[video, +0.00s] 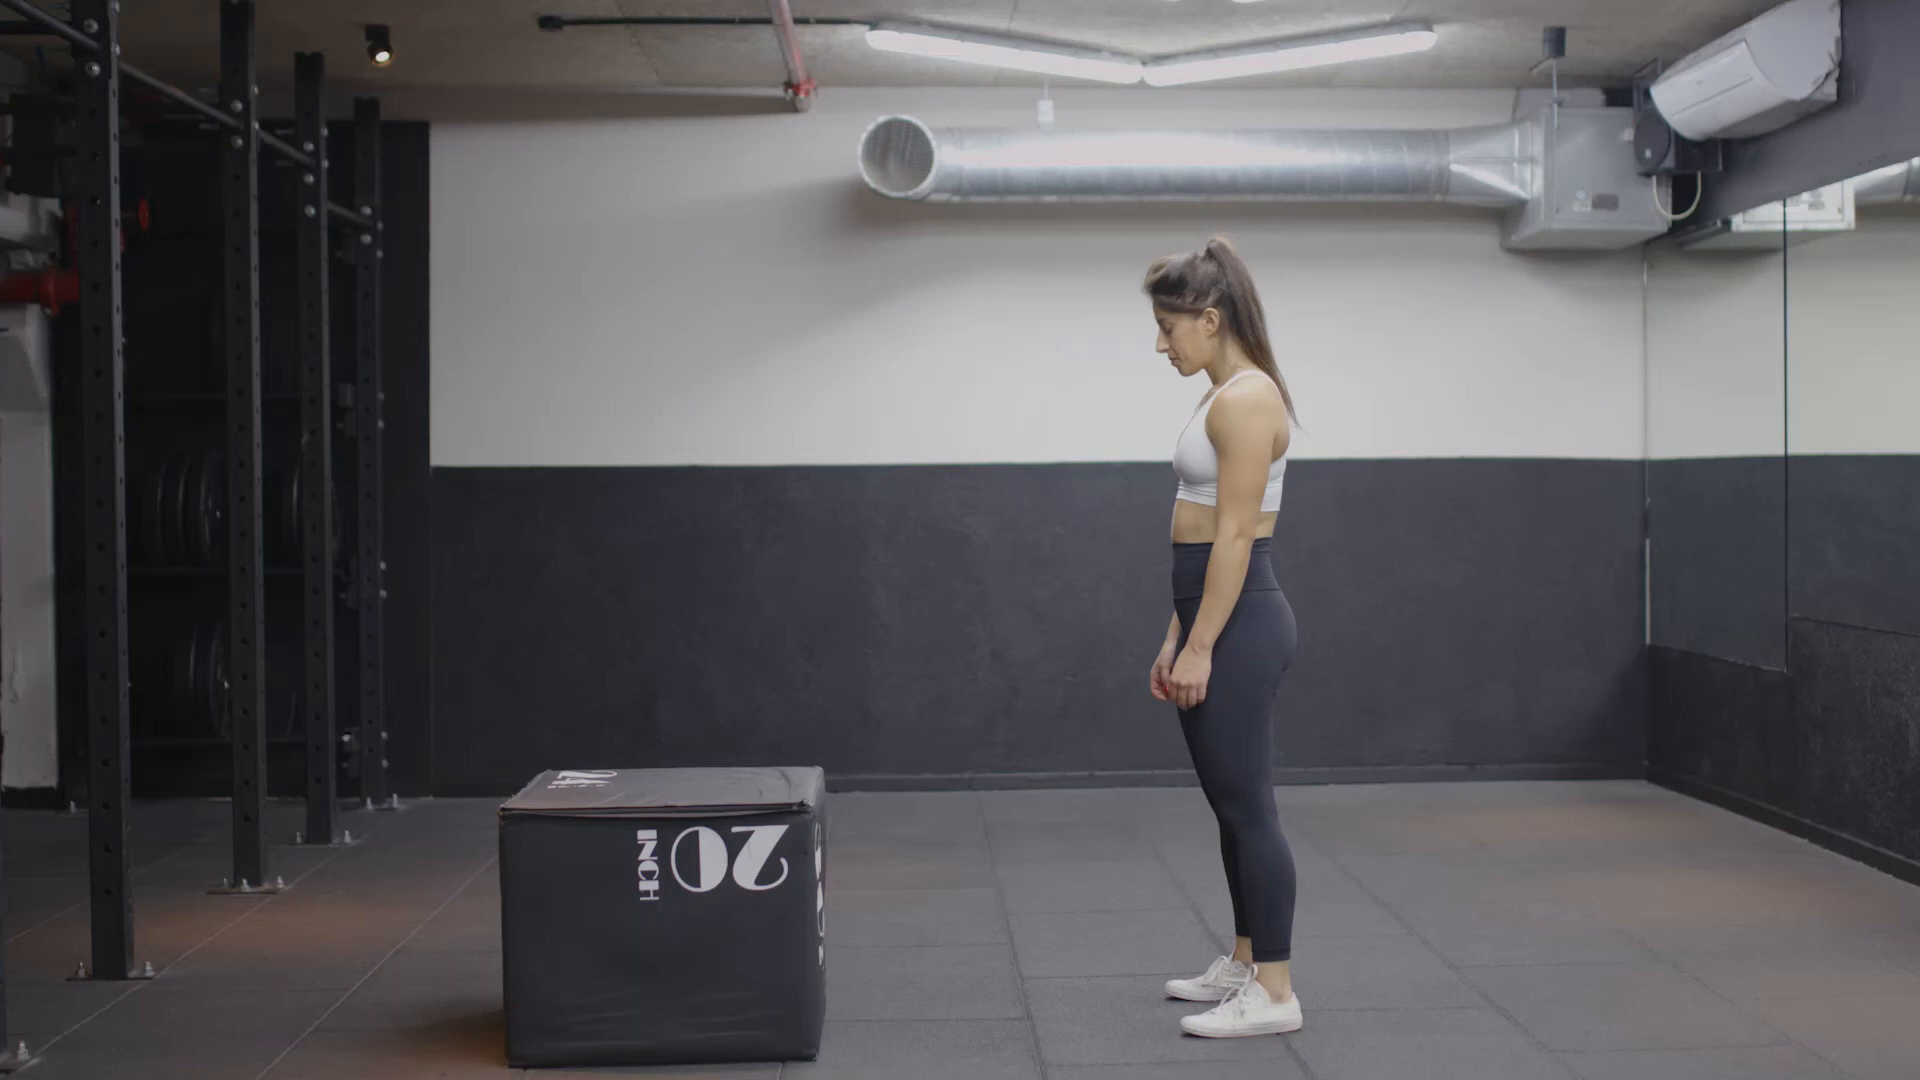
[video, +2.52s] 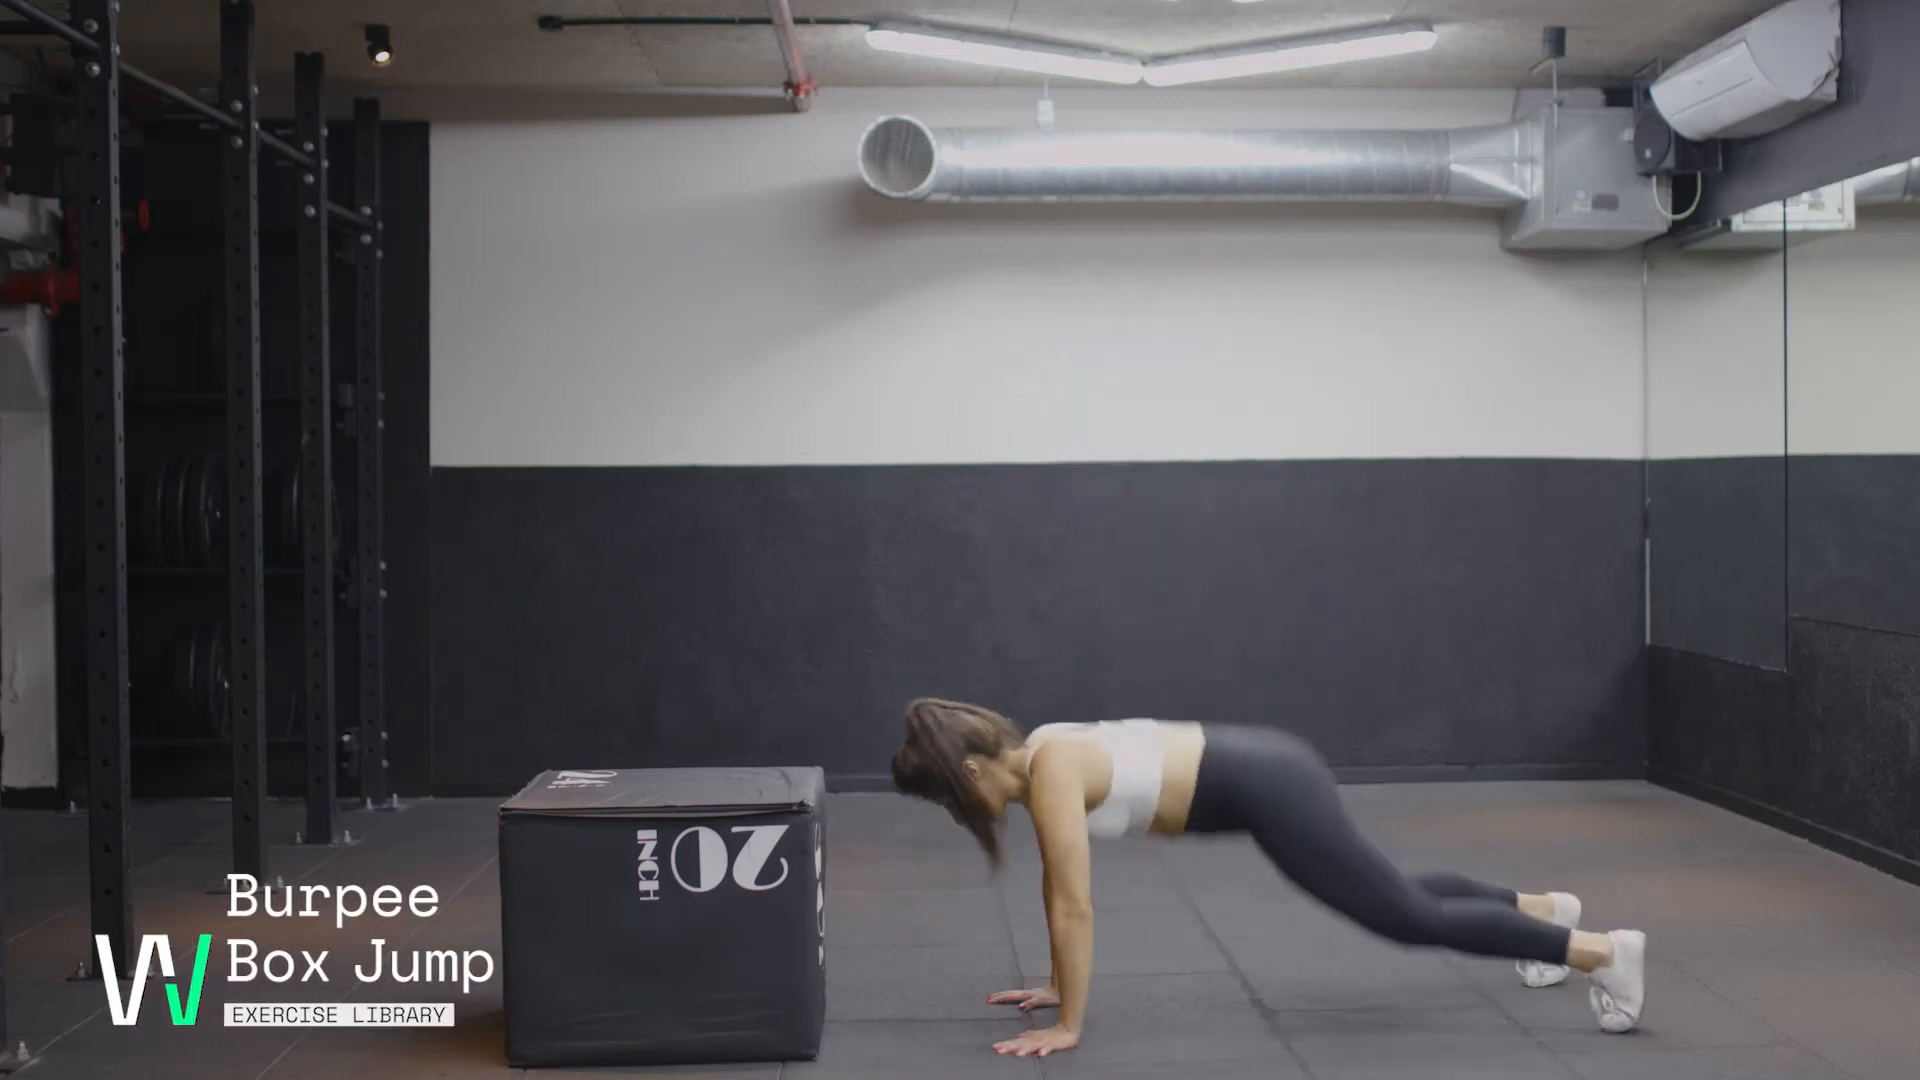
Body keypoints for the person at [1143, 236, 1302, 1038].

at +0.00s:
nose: (1160, 345)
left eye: (1166, 328)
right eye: (1159, 329)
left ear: (1209, 318)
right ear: (1206, 319)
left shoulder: (1246, 400)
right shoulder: (1224, 396)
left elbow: (1237, 537)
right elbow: (1207, 532)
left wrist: (1202, 643)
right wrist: (1179, 632)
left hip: (1237, 618)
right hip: (1212, 613)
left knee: (1248, 804)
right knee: (1230, 800)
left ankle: (1275, 993)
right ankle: (1247, 960)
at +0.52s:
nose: (1049, 426)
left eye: (1051, 408)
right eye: (1043, 412)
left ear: (1090, 388)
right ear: (1087, 391)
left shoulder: (1159, 450)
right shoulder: (1138, 453)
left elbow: (1192, 585)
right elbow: (1164, 583)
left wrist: (1193, 705)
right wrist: (1166, 688)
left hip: (1290, 616)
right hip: (1250, 620)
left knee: (1271, 801)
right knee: (1248, 795)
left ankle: (1278, 992)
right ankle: (1253, 959)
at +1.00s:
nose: (1001, 774)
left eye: (996, 760)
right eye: (991, 765)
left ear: (1019, 729)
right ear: (1025, 721)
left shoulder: (1097, 729)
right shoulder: (1078, 722)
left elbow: (1084, 875)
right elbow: (1065, 862)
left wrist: (1058, 1002)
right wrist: (1048, 963)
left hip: (1303, 661)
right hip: (1275, 658)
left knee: (1195, 813)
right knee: (1177, 806)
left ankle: (1270, 993)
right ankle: (1244, 965)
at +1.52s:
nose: (946, 803)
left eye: (939, 788)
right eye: (937, 793)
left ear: (960, 757)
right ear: (963, 751)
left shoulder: (1042, 778)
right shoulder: (1036, 767)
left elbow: (1079, 907)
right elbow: (1068, 892)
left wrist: (1070, 1024)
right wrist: (1057, 987)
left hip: (1238, 857)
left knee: (1401, 960)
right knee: (1389, 928)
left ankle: (1595, 956)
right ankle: (1548, 919)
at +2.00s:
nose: (902, 997)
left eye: (897, 984)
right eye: (893, 987)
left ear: (913, 957)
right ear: (922, 936)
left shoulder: (980, 955)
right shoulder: (981, 930)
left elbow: (1068, 944)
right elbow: (1064, 889)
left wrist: (1063, 1028)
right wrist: (1058, 989)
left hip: (1203, 969)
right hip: (1200, 940)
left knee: (1402, 995)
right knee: (1382, 962)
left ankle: (1573, 940)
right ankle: (1534, 906)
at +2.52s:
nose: (954, 802)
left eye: (945, 790)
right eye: (943, 792)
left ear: (967, 767)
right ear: (977, 749)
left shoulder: (1053, 771)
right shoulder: (1042, 762)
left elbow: (1070, 906)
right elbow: (1064, 894)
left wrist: (1070, 1024)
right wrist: (1058, 986)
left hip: (1265, 783)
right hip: (1258, 772)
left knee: (1409, 919)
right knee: (1400, 890)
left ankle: (1603, 953)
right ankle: (1540, 911)